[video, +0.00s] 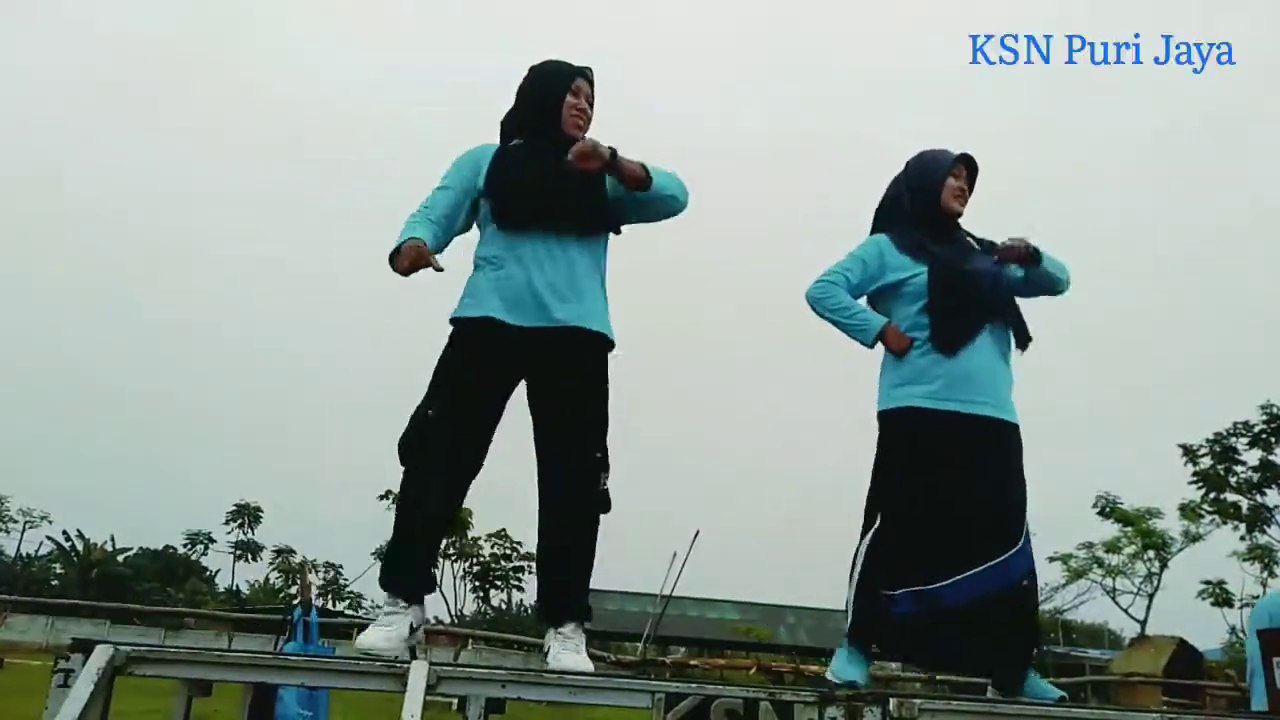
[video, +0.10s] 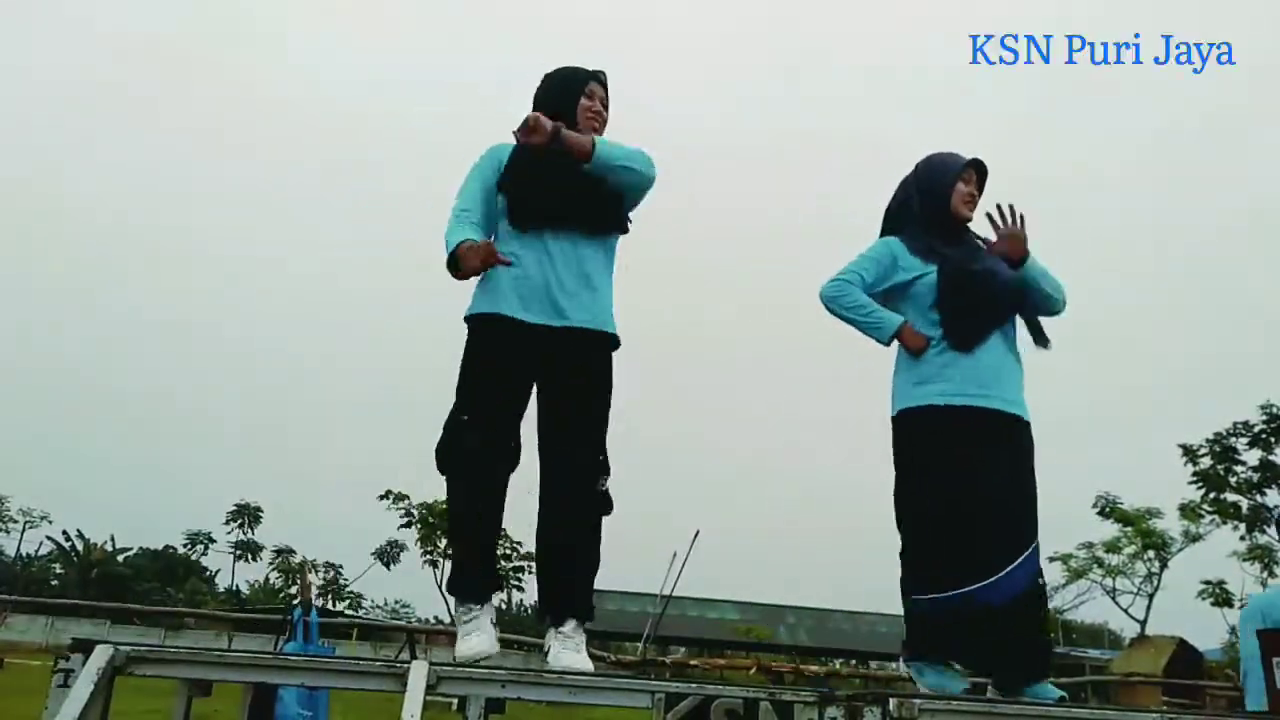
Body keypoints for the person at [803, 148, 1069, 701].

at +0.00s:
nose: (964, 188)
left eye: (967, 183)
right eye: (955, 178)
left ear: (966, 195)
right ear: (924, 180)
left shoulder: (985, 257)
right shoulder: (888, 246)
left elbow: (1058, 281)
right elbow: (824, 291)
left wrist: (1030, 258)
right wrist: (880, 329)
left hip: (991, 414)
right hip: (917, 408)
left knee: (1005, 536)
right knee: (895, 529)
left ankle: (1011, 668)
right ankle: (856, 647)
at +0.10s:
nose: (973, 192)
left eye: (976, 186)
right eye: (964, 181)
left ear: (976, 199)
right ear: (932, 184)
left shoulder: (990, 260)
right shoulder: (899, 248)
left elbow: (1053, 304)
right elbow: (837, 292)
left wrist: (1022, 262)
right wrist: (897, 328)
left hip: (1002, 412)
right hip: (931, 410)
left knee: (1011, 535)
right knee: (935, 533)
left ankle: (1021, 670)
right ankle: (929, 657)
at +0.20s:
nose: (977, 204)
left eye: (981, 199)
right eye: (969, 195)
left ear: (981, 207)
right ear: (938, 195)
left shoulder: (995, 267)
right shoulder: (904, 258)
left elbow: (1041, 324)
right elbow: (846, 301)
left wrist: (1050, 274)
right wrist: (907, 339)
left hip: (1013, 416)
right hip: (943, 417)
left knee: (1032, 538)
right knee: (957, 541)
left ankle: (1032, 673)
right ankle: (953, 667)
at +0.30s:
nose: (979, 199)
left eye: (984, 194)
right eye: (970, 189)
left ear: (985, 205)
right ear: (941, 192)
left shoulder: (997, 267)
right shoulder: (906, 255)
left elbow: (1054, 316)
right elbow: (847, 303)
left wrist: (1112, 279)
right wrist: (907, 339)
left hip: (1017, 414)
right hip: (946, 414)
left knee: (1061, 522)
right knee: (950, 536)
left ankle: (1058, 665)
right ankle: (939, 664)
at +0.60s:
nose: (1001, 191)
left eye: (1008, 184)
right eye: (988, 185)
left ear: (1020, 197)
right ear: (967, 199)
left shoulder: (1046, 260)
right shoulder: (948, 257)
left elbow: (1105, 282)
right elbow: (879, 302)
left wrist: (1173, 289)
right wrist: (921, 328)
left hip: (1049, 414)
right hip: (975, 411)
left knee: (1086, 532)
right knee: (967, 533)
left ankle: (1103, 668)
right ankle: (941, 660)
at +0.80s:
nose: (1015, 195)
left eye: (1023, 187)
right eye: (1003, 191)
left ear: (1041, 200)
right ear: (989, 208)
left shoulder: (1077, 260)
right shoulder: (975, 264)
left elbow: (1134, 292)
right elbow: (940, 323)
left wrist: (1193, 328)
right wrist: (996, 300)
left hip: (1079, 411)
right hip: (1005, 406)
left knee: (1096, 537)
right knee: (1004, 528)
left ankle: (1106, 676)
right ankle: (974, 654)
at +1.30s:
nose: (998, 192)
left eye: (1008, 181)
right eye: (988, 189)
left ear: (1036, 189)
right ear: (982, 205)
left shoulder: (1079, 254)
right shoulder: (972, 253)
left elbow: (1132, 294)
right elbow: (889, 274)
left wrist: (1118, 334)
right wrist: (938, 266)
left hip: (1072, 408)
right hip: (993, 405)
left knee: (1088, 536)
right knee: (968, 530)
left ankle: (1101, 671)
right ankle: (935, 647)